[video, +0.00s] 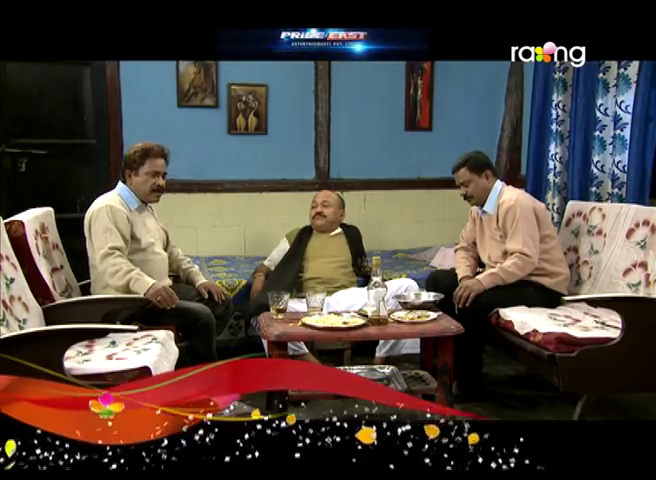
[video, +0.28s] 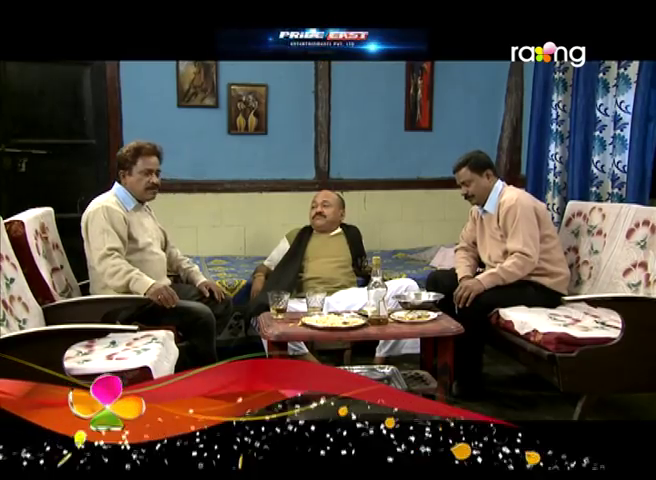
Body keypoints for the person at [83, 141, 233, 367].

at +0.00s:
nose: (160, 183)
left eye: (163, 176)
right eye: (153, 175)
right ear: (130, 175)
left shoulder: (145, 210)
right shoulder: (108, 208)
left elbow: (171, 253)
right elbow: (110, 263)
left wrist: (200, 280)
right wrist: (147, 286)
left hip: (160, 292)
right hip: (127, 303)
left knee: (220, 303)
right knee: (201, 317)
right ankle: (205, 385)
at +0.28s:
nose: (155, 180)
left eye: (157, 174)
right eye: (146, 174)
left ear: (160, 174)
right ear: (124, 176)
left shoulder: (142, 210)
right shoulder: (104, 209)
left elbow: (169, 253)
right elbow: (108, 266)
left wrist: (199, 280)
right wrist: (148, 286)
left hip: (159, 292)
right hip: (126, 304)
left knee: (219, 302)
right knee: (201, 317)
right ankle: (206, 383)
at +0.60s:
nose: (147, 180)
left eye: (151, 173)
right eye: (138, 173)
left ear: (155, 174)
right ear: (118, 176)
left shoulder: (143, 210)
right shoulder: (100, 211)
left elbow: (169, 253)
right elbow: (107, 267)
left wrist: (199, 279)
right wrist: (147, 286)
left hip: (160, 291)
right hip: (126, 303)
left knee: (219, 302)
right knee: (201, 317)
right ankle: (206, 383)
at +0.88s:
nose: (153, 185)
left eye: (157, 179)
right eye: (145, 177)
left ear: (161, 180)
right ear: (124, 177)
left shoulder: (143, 211)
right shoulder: (102, 211)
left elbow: (169, 253)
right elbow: (107, 267)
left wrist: (199, 279)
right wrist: (147, 286)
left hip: (159, 292)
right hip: (127, 303)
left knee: (218, 302)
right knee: (201, 317)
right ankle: (205, 382)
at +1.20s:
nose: (159, 185)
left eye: (163, 179)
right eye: (152, 177)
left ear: (168, 181)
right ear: (131, 175)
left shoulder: (146, 211)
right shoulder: (107, 209)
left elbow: (170, 253)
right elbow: (113, 268)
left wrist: (199, 279)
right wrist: (163, 282)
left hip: (153, 300)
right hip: (125, 307)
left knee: (218, 302)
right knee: (200, 317)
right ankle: (205, 387)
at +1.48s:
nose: (165, 186)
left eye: (169, 179)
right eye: (158, 178)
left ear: (172, 180)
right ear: (136, 176)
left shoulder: (148, 211)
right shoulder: (112, 210)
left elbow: (170, 257)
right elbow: (128, 266)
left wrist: (200, 280)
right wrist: (178, 261)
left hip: (158, 295)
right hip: (127, 304)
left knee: (219, 303)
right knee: (200, 317)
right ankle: (206, 384)